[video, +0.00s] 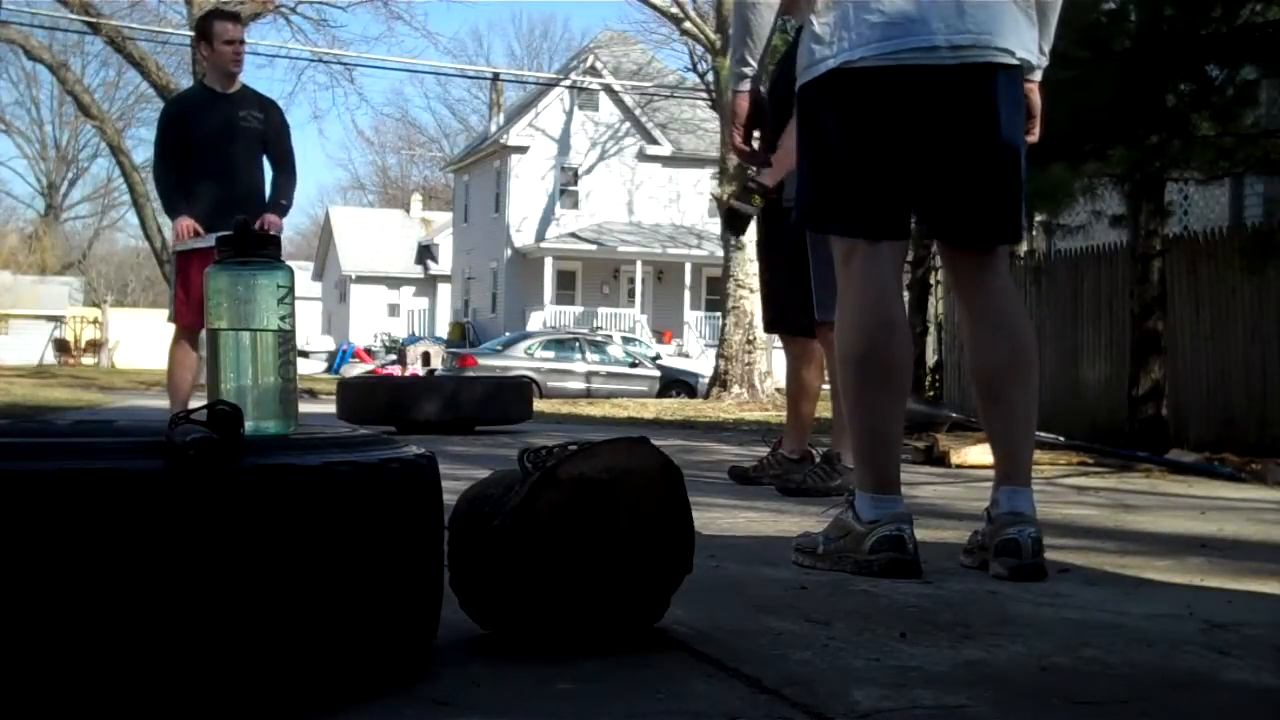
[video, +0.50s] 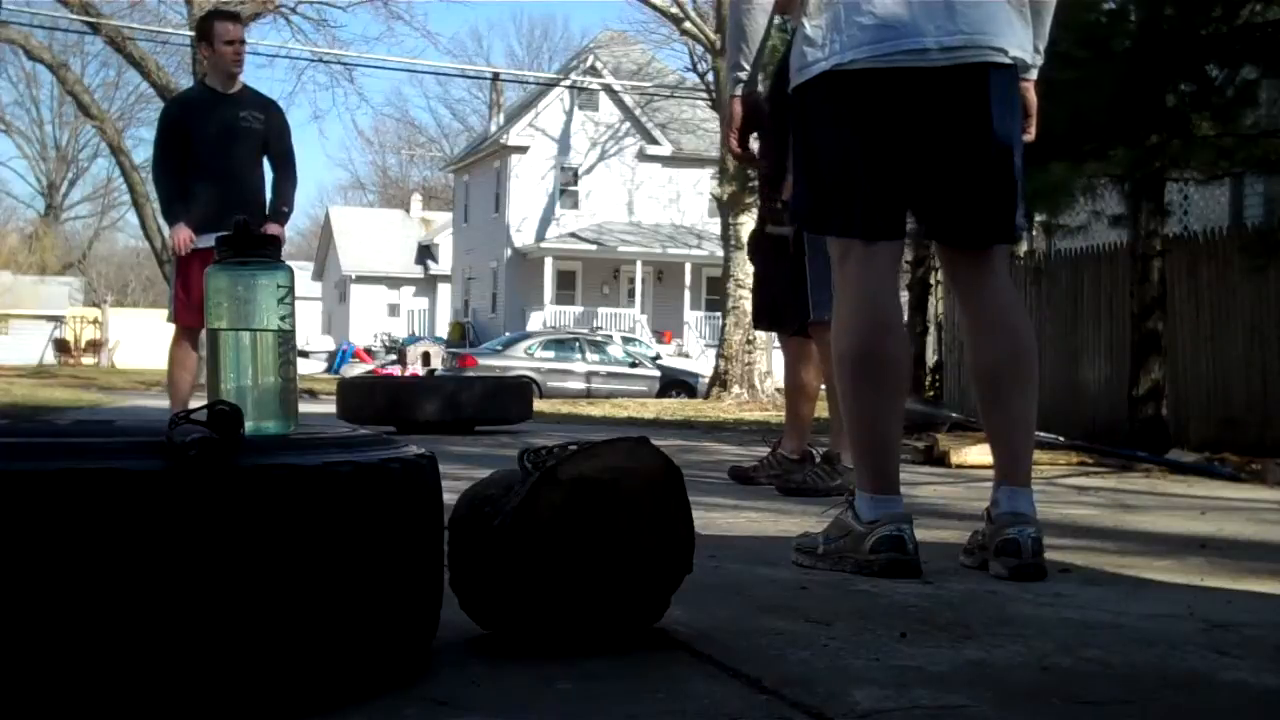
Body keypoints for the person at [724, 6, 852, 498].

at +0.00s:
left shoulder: (823, 36)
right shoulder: (788, 34)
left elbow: (808, 118)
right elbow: (781, 106)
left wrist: (770, 175)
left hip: (823, 199)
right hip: (784, 199)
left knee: (832, 330)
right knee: (796, 329)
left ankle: (845, 459)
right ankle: (794, 449)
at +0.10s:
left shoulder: (825, 39)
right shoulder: (786, 35)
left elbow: (820, 109)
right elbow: (777, 102)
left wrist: (781, 167)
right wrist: (764, 153)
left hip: (823, 195)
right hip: (783, 195)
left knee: (832, 328)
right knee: (796, 329)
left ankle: (846, 459)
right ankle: (794, 450)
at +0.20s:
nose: (779, 0)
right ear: (798, 1)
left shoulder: (817, 43)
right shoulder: (789, 42)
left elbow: (803, 133)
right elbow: (782, 121)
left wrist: (772, 182)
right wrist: (766, 169)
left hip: (820, 204)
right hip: (787, 205)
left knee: (830, 332)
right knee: (798, 333)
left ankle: (846, 460)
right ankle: (793, 451)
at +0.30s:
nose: (780, 1)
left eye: (785, 0)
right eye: (782, 2)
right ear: (798, 0)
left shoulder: (817, 40)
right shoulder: (791, 35)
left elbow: (806, 125)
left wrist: (774, 194)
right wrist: (771, 179)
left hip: (823, 201)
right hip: (790, 202)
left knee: (830, 329)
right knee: (797, 328)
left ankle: (844, 460)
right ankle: (794, 450)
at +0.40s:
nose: (778, 0)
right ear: (796, 0)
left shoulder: (820, 45)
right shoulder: (790, 42)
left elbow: (816, 120)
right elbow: (781, 110)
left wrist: (790, 179)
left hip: (820, 210)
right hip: (783, 210)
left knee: (828, 330)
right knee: (796, 331)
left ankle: (844, 459)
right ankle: (794, 450)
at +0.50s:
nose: (777, 4)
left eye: (783, 1)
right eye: (778, 3)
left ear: (802, 1)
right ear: (786, 7)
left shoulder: (826, 47)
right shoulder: (788, 44)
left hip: (822, 213)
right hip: (779, 213)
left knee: (829, 331)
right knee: (794, 331)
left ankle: (843, 459)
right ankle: (794, 450)